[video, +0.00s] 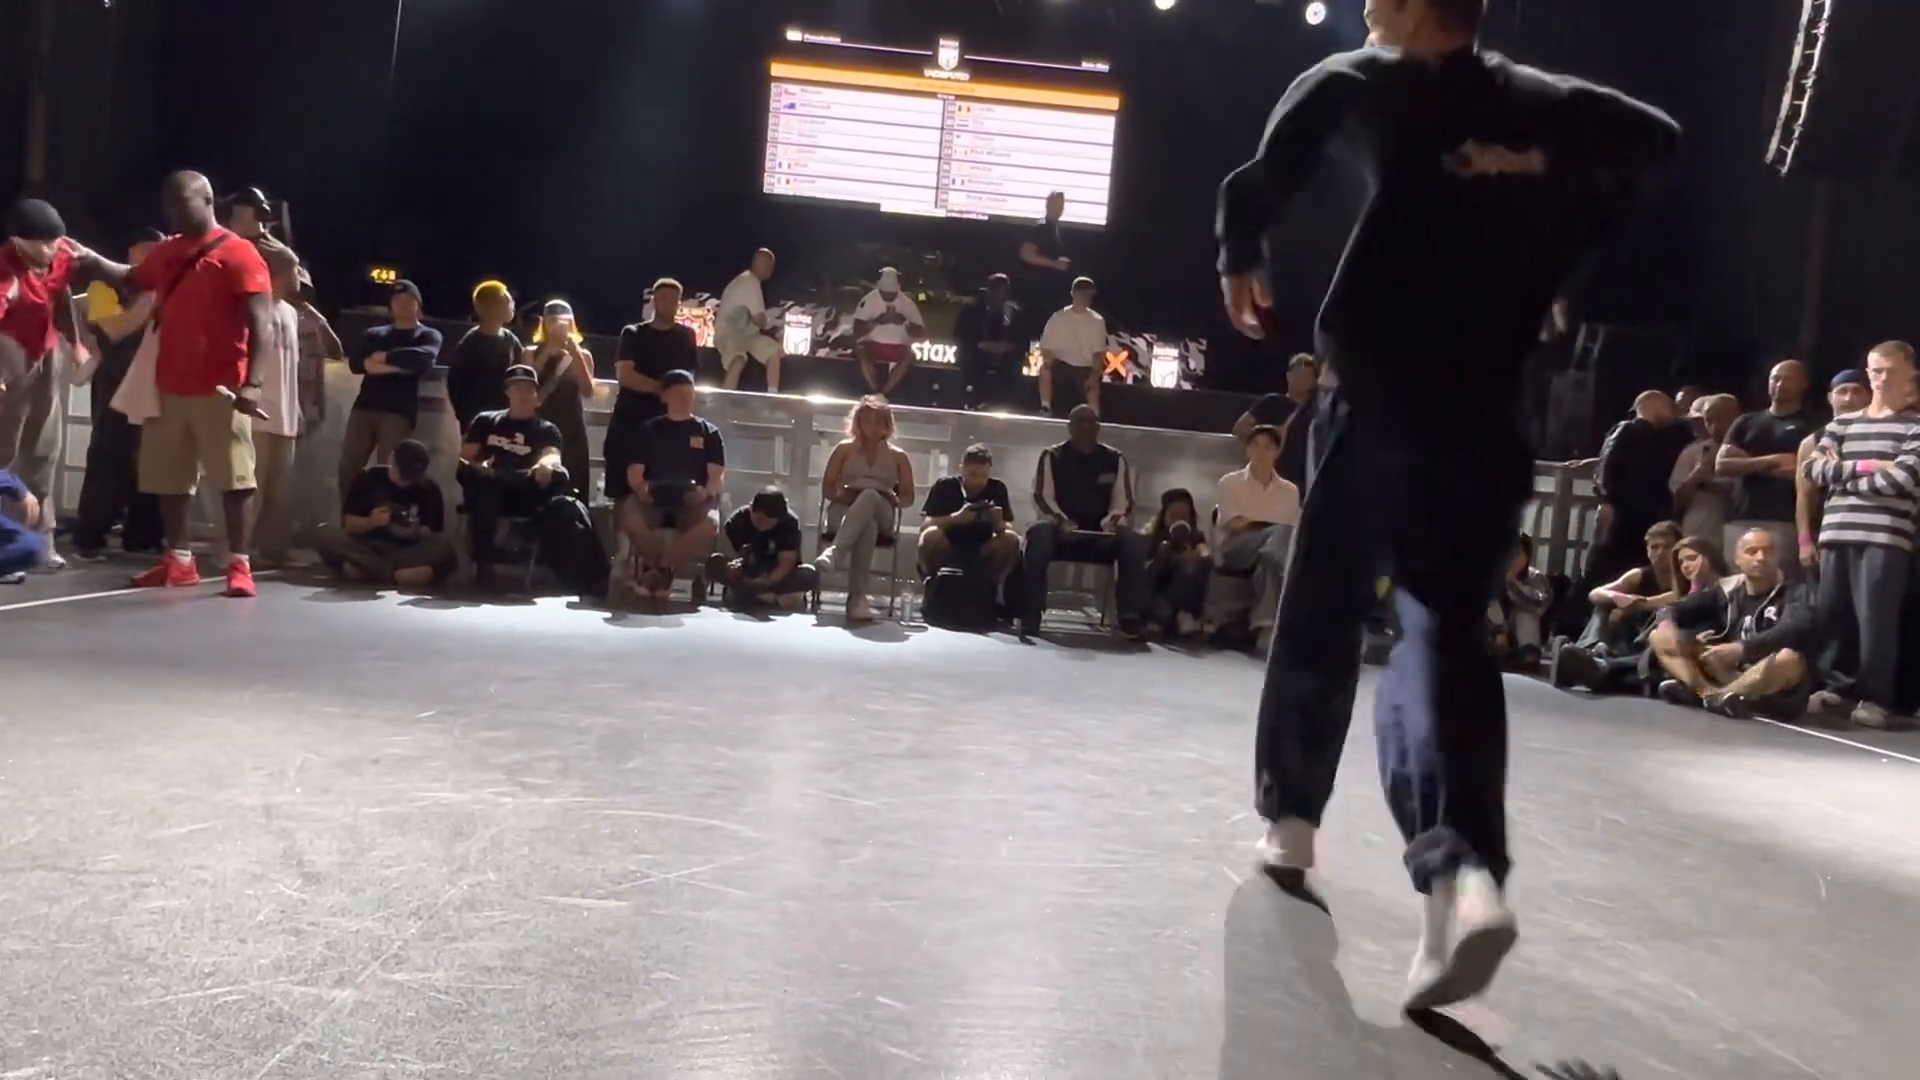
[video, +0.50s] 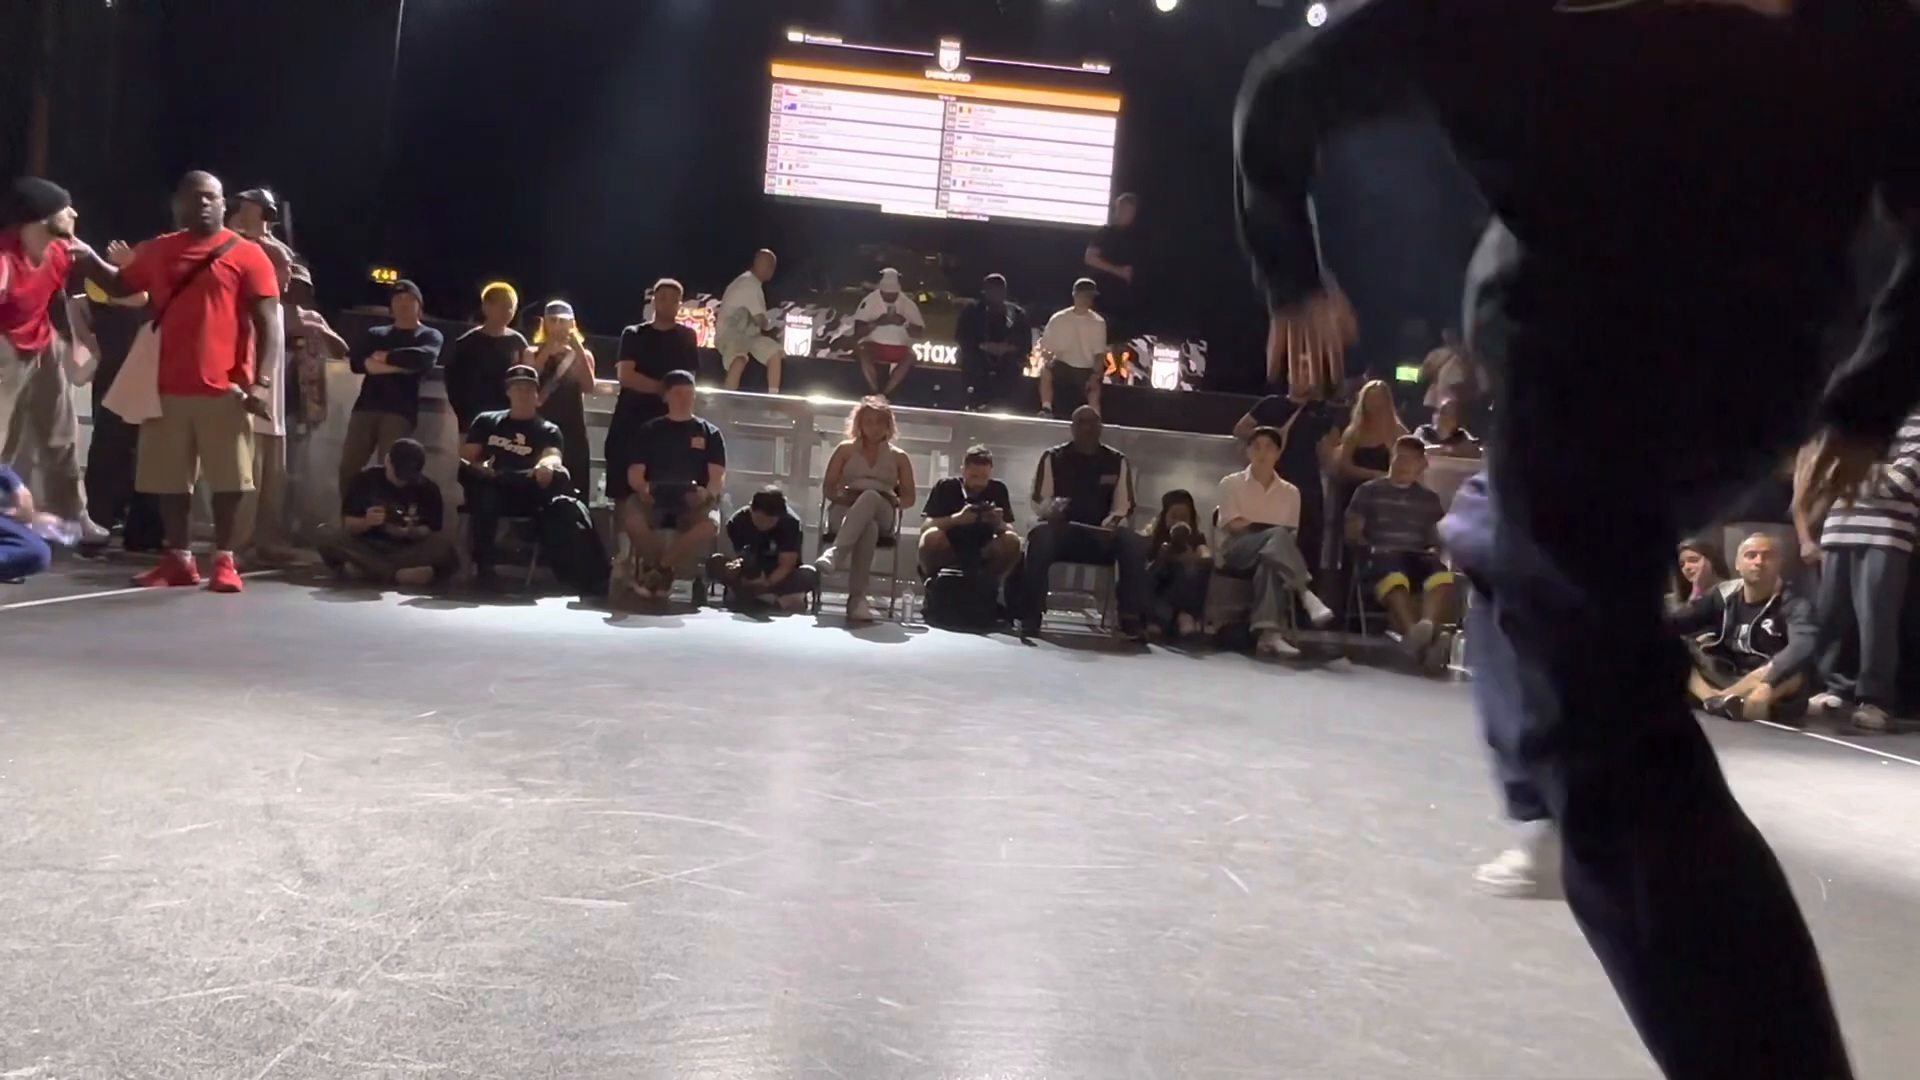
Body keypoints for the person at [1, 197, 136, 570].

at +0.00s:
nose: (54, 248)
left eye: (56, 240)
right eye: (46, 242)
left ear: (57, 237)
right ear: (21, 241)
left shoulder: (62, 253)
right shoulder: (8, 266)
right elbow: (5, 308)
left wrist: (76, 341)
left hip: (50, 357)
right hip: (11, 360)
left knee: (45, 450)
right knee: (8, 452)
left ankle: (41, 542)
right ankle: (8, 547)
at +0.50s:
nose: (71, 216)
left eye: (68, 209)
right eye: (63, 211)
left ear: (48, 220)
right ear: (38, 218)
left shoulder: (60, 251)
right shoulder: (8, 259)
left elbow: (60, 297)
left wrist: (75, 338)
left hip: (45, 343)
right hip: (9, 347)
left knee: (61, 434)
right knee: (6, 436)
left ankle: (73, 515)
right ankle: (7, 513)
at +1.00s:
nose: (87, 194)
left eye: (86, 188)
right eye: (79, 187)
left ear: (66, 196)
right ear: (51, 191)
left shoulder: (77, 250)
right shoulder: (11, 230)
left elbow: (73, 308)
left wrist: (96, 340)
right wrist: (19, 343)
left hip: (57, 362)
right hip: (12, 358)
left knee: (55, 458)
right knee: (8, 451)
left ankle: (53, 549)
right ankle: (9, 546)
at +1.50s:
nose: (91, 205)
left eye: (96, 198)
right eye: (82, 196)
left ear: (98, 207)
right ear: (57, 201)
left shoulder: (99, 259)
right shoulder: (18, 244)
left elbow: (102, 322)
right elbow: (4, 299)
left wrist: (100, 378)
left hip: (71, 370)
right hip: (17, 367)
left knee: (67, 465)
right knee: (9, 463)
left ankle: (51, 559)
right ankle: (8, 558)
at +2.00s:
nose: (94, 235)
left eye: (96, 228)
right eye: (88, 227)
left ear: (70, 224)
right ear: (61, 219)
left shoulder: (78, 270)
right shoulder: (14, 249)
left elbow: (81, 318)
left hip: (56, 376)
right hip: (11, 374)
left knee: (51, 479)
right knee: (8, 478)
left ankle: (38, 573)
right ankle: (4, 577)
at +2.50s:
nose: (94, 267)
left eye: (98, 260)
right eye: (90, 258)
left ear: (73, 253)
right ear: (65, 246)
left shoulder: (71, 295)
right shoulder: (16, 267)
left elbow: (60, 348)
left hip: (44, 398)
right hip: (8, 396)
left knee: (38, 503)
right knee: (6, 502)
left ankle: (21, 597)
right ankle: (3, 599)